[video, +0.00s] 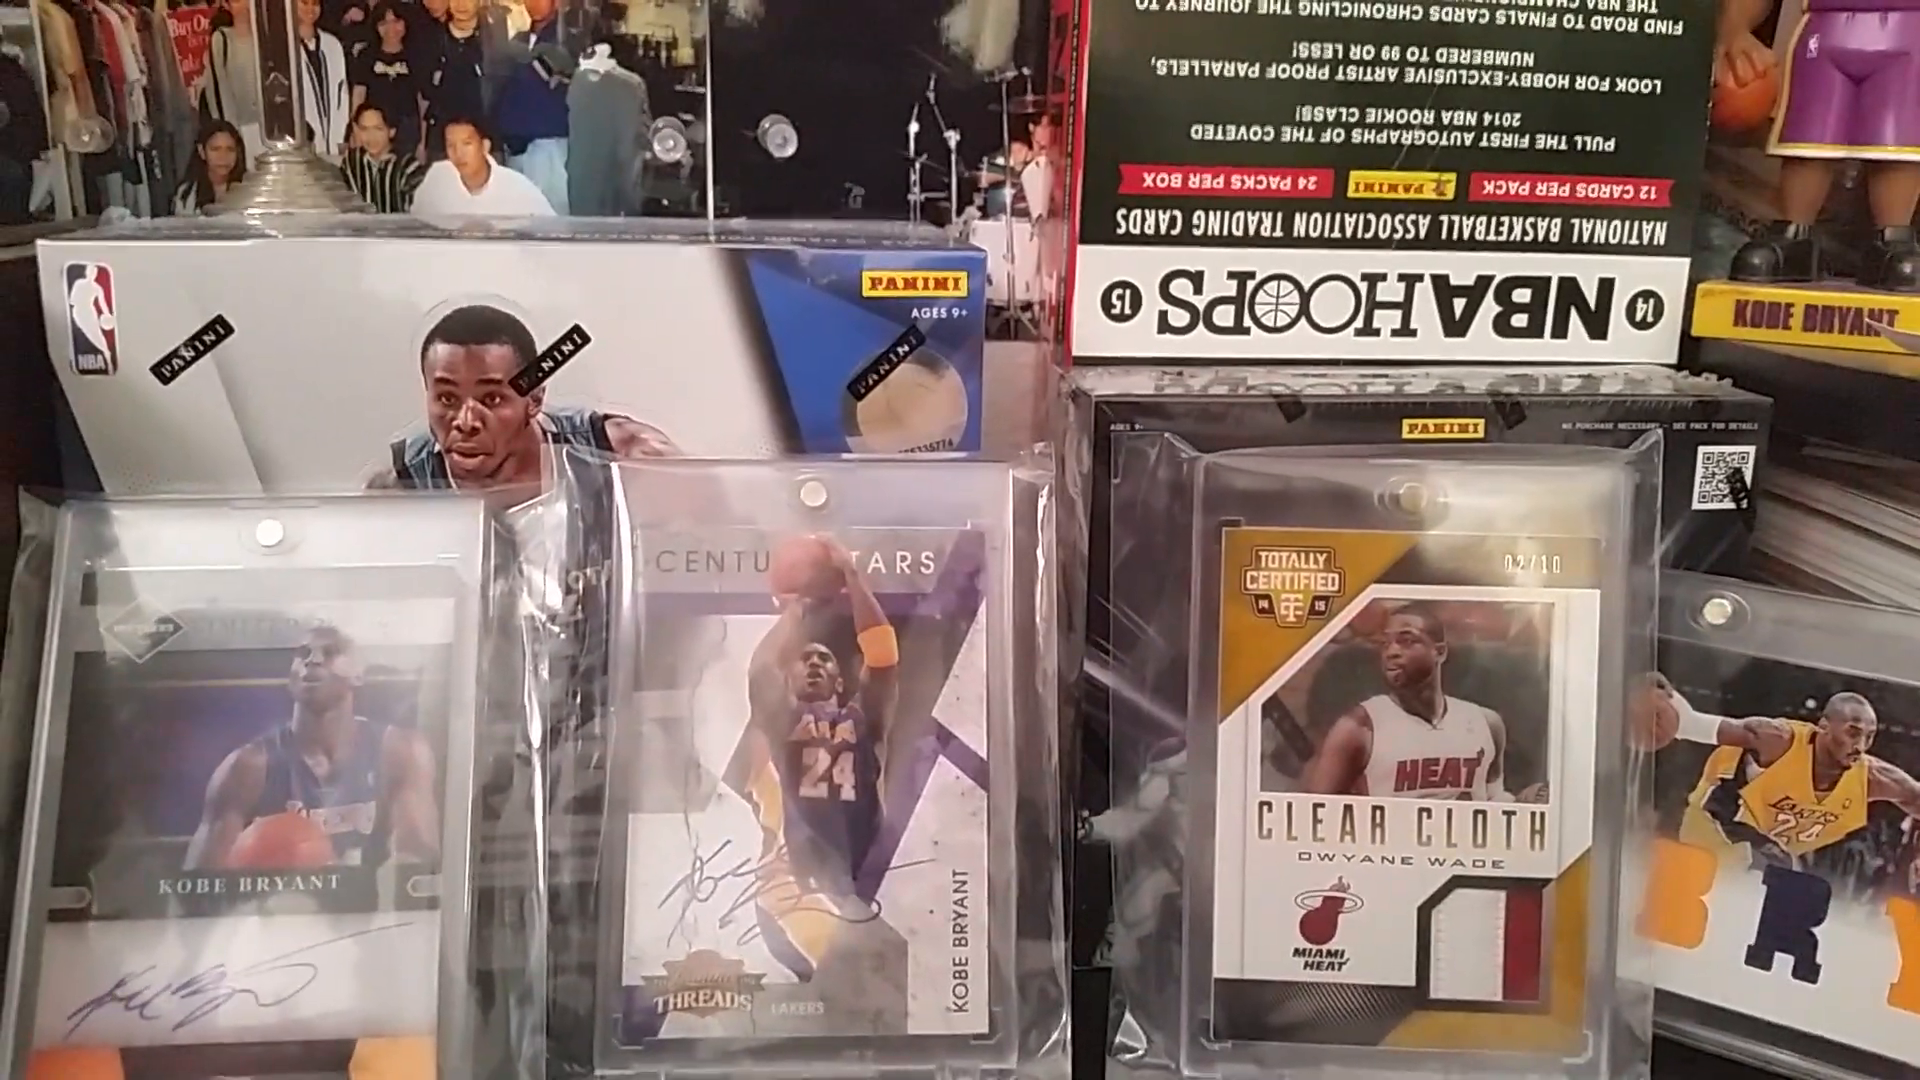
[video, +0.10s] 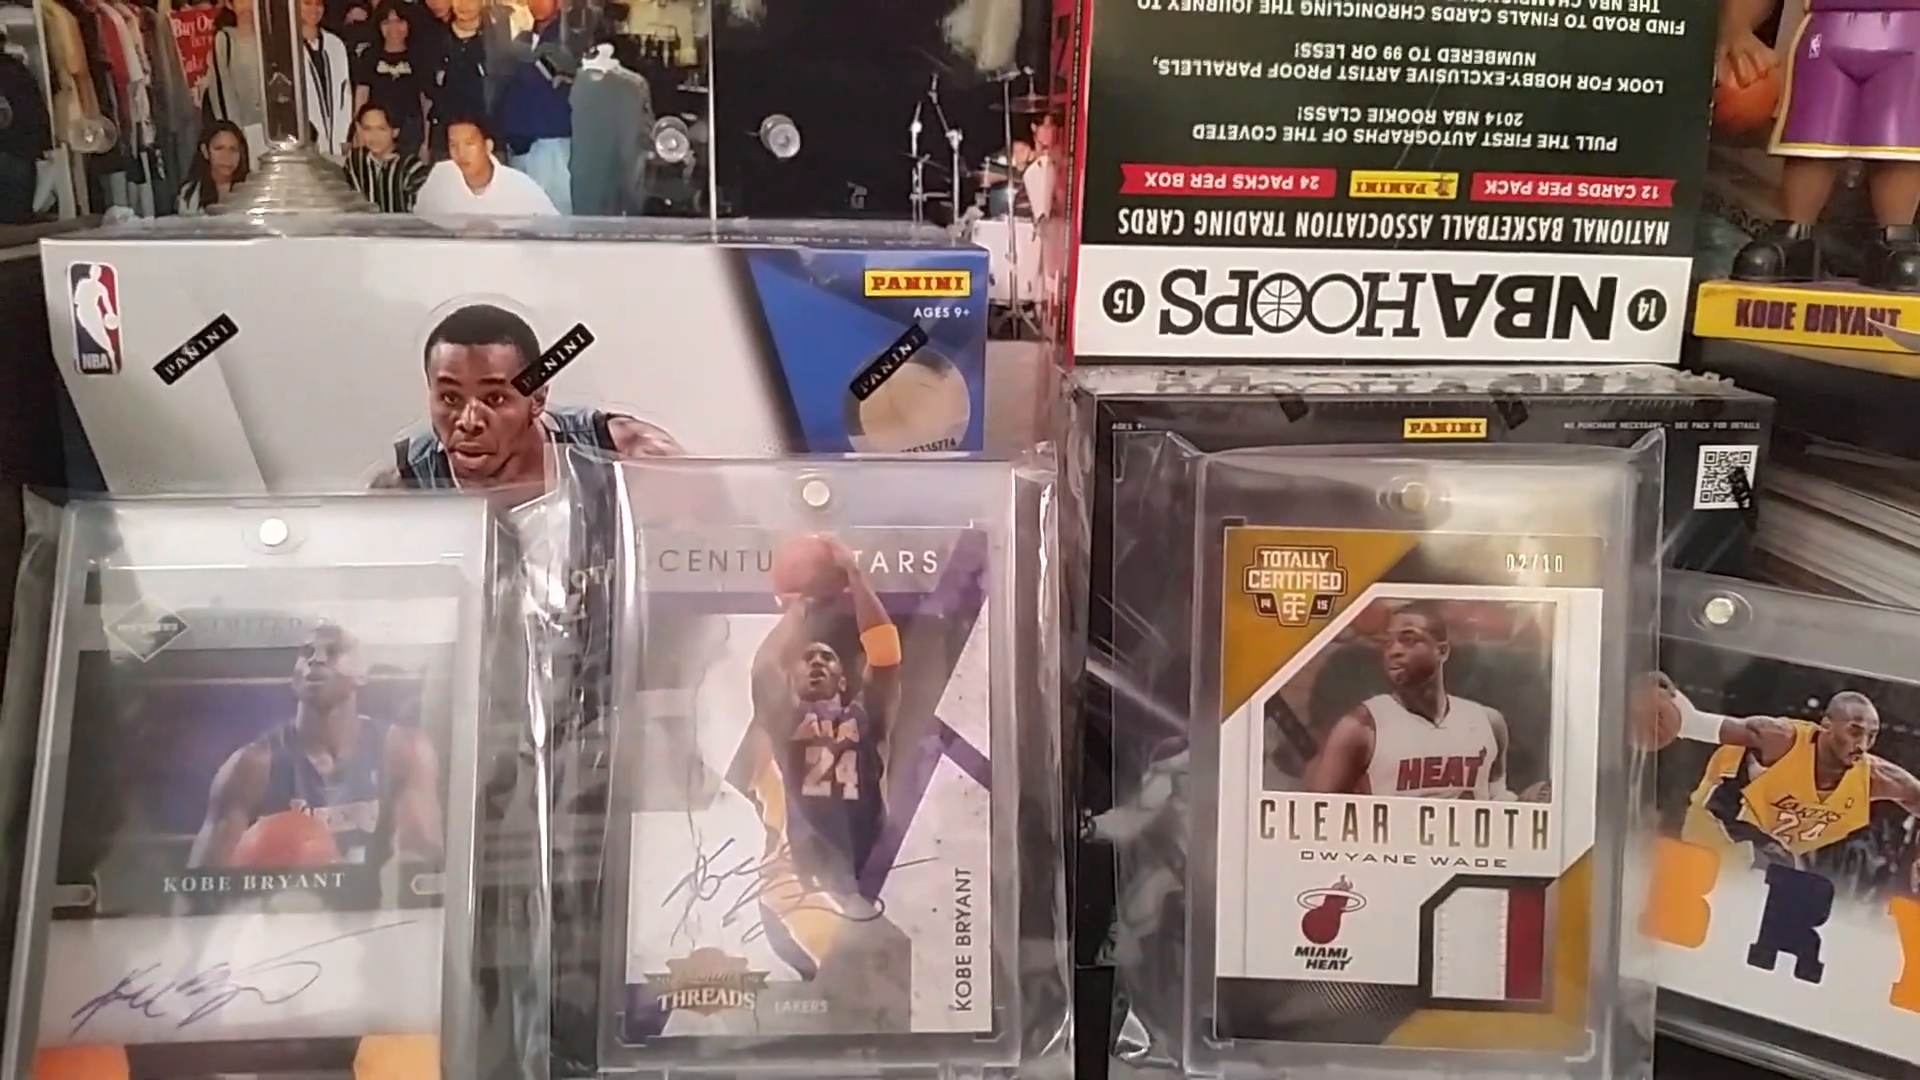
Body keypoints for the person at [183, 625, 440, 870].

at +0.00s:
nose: (312, 663)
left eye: (329, 653)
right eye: (302, 654)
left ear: (358, 672)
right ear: (289, 671)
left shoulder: (403, 752)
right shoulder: (245, 769)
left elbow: (417, 864)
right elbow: (196, 889)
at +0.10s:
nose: (315, 661)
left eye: (332, 652)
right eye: (306, 653)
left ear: (361, 672)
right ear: (293, 670)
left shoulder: (406, 751)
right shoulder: (249, 768)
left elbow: (420, 863)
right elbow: (200, 888)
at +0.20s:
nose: (328, 658)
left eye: (345, 649)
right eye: (319, 649)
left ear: (375, 667)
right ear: (306, 665)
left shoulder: (419, 746)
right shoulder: (261, 764)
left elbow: (432, 856)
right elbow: (214, 880)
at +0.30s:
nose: (333, 656)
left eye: (350, 648)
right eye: (325, 648)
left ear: (380, 666)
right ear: (312, 665)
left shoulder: (425, 745)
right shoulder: (267, 761)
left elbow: (438, 851)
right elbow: (220, 877)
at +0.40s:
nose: (346, 654)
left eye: (363, 646)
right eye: (338, 645)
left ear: (393, 663)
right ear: (325, 661)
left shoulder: (436, 742)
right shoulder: (281, 758)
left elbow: (450, 849)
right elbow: (233, 872)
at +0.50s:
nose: (351, 654)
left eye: (369, 646)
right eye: (343, 645)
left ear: (398, 663)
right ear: (330, 661)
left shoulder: (442, 743)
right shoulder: (286, 757)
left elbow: (455, 849)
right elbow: (238, 869)